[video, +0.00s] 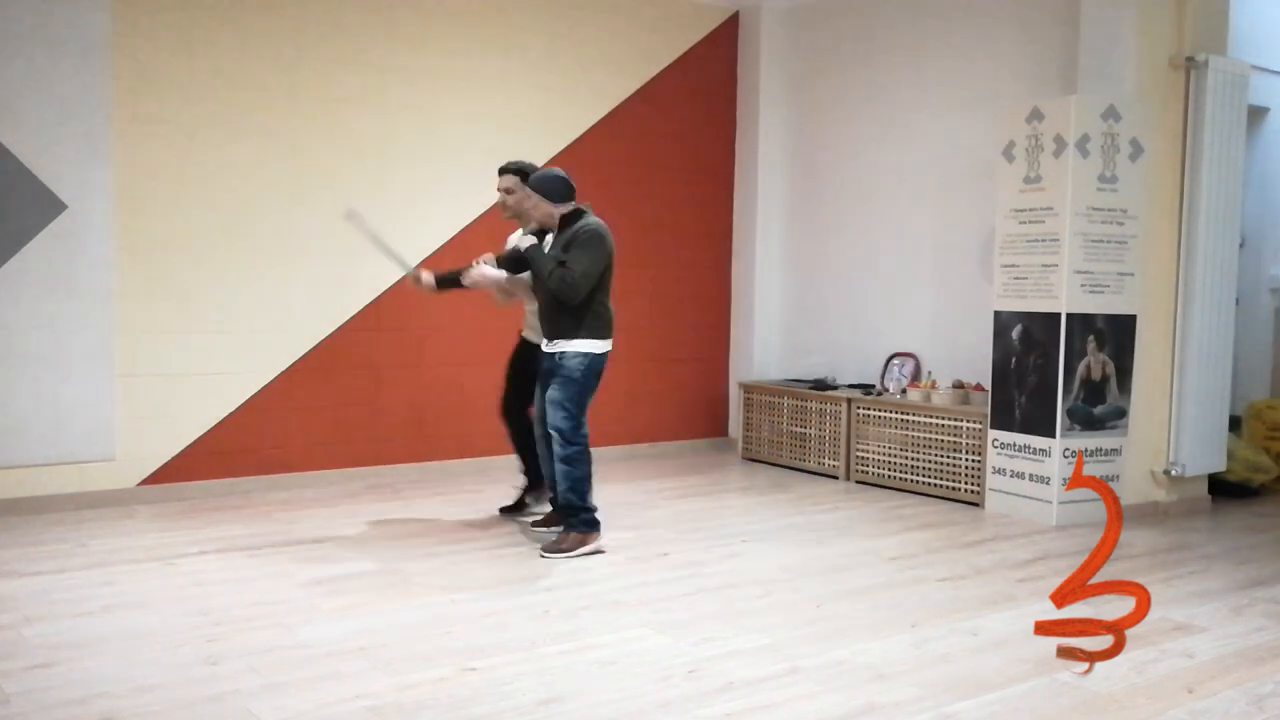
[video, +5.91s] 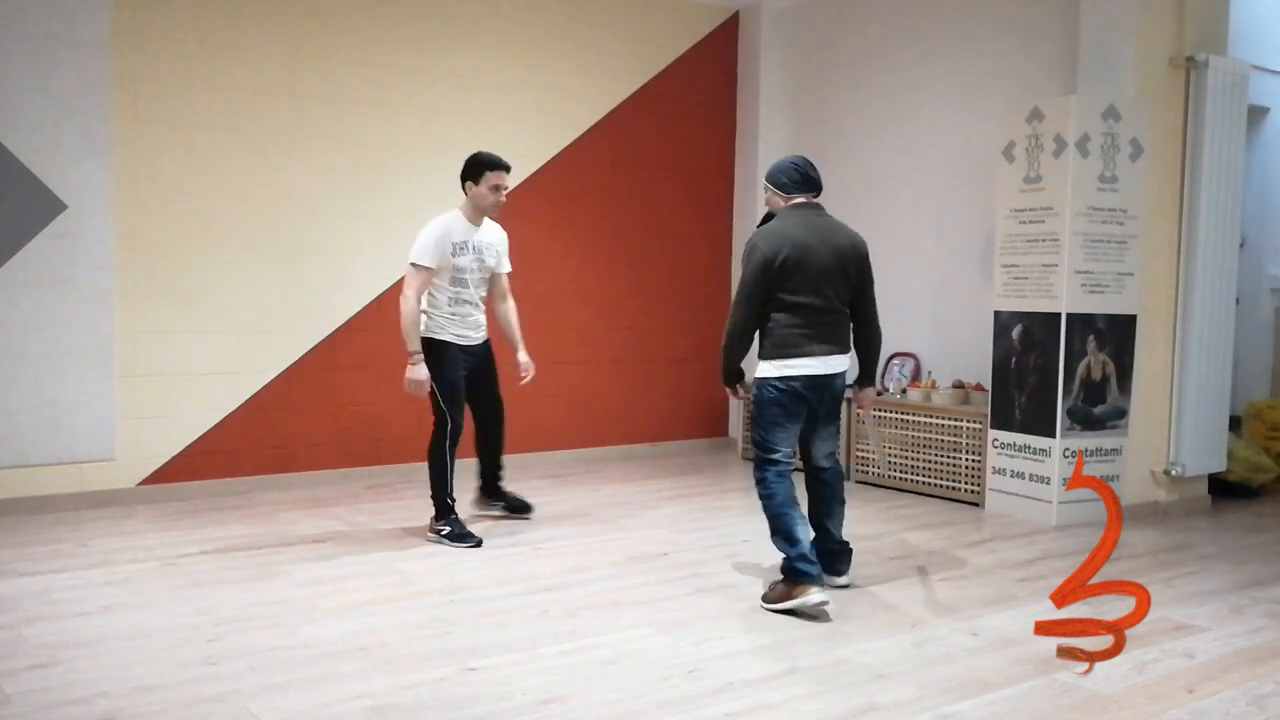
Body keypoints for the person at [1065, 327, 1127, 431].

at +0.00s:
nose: (1087, 346)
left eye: (1091, 342)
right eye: (1088, 342)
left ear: (1098, 344)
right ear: (1087, 345)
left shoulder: (1108, 364)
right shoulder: (1083, 365)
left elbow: (1114, 389)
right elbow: (1076, 391)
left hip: (1103, 406)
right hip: (1086, 406)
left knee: (1121, 411)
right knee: (1071, 410)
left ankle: (1086, 425)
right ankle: (1102, 425)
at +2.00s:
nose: (1087, 346)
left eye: (1091, 342)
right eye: (1088, 342)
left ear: (1098, 345)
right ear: (1088, 345)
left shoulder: (1108, 364)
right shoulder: (1084, 364)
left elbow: (1113, 389)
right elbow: (1076, 390)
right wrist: (1070, 408)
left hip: (1103, 406)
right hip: (1086, 406)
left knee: (1121, 411)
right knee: (1071, 410)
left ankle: (1086, 425)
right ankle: (1101, 425)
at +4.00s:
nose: (1087, 345)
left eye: (1091, 342)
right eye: (1088, 342)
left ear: (1099, 344)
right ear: (1088, 345)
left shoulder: (1108, 364)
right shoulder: (1083, 365)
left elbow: (1113, 388)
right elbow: (1076, 390)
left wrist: (1115, 406)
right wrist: (1070, 408)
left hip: (1102, 405)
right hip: (1086, 405)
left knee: (1121, 411)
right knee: (1071, 410)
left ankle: (1086, 425)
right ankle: (1101, 425)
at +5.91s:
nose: (1088, 345)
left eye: (1091, 342)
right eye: (1088, 342)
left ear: (1098, 344)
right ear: (1087, 344)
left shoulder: (1108, 364)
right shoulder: (1084, 364)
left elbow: (1114, 390)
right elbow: (1076, 390)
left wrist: (1108, 406)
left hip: (1102, 406)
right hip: (1085, 406)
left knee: (1121, 411)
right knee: (1071, 410)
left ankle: (1086, 425)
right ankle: (1100, 425)